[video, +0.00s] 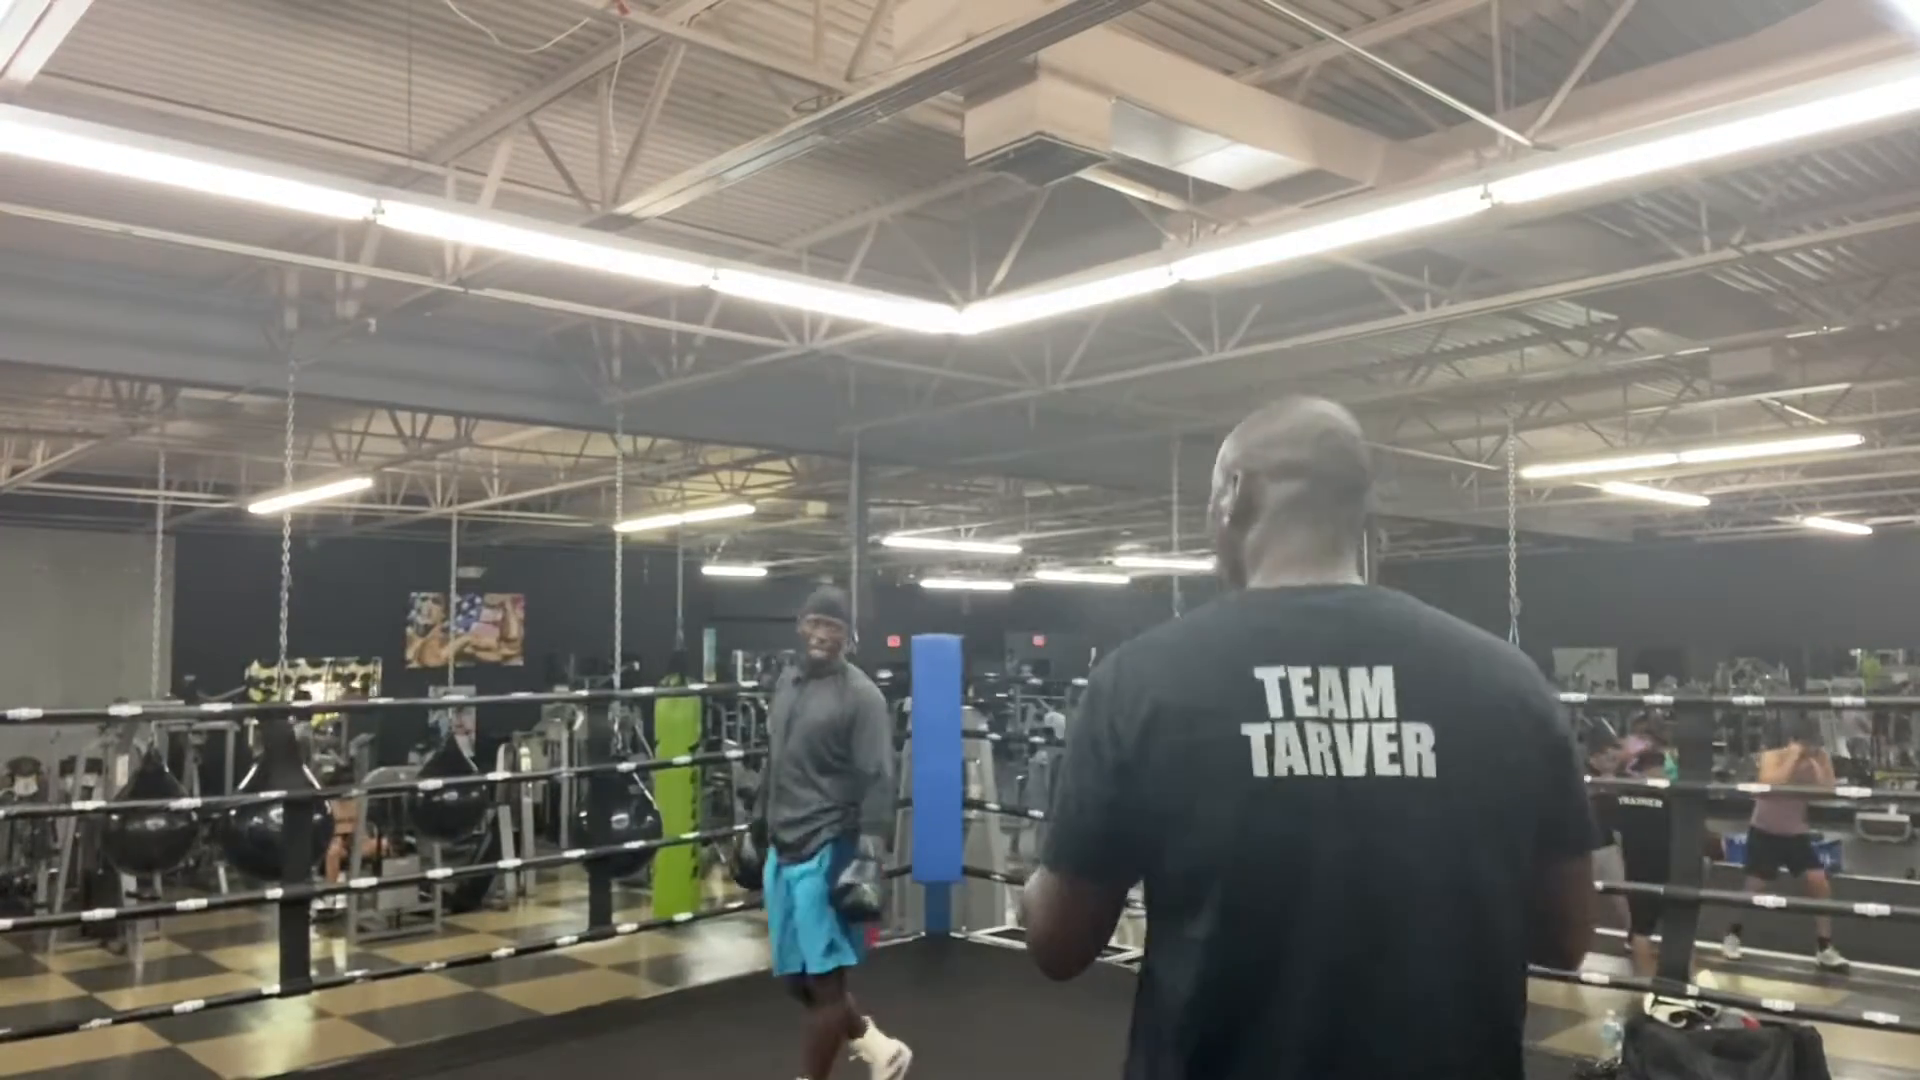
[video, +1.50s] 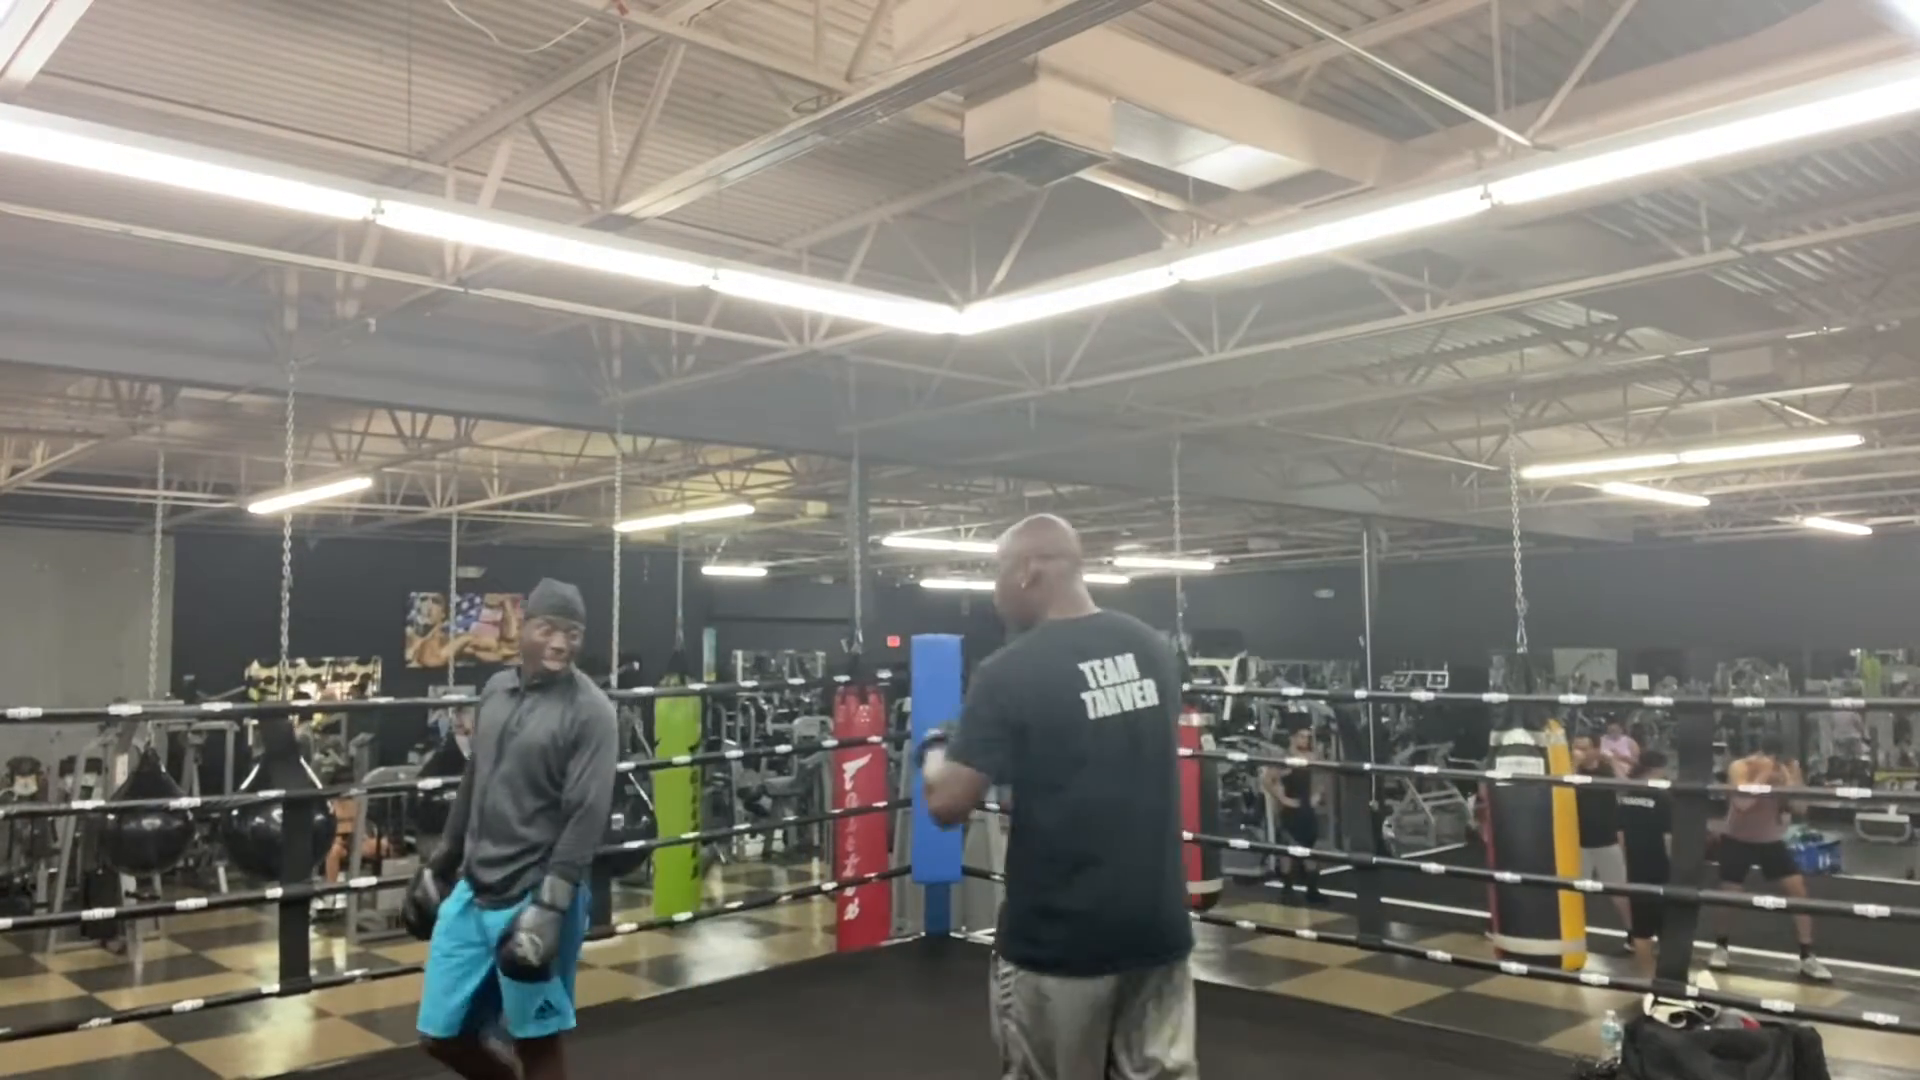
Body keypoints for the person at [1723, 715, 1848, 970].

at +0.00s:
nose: (1805, 748)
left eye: (1809, 744)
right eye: (1800, 743)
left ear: (1814, 743)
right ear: (1789, 740)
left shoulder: (1818, 758)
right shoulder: (1772, 756)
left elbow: (1828, 788)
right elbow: (1771, 781)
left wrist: (1817, 761)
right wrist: (1792, 756)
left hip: (1796, 834)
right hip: (1764, 832)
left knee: (1820, 885)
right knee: (1755, 886)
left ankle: (1824, 947)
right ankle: (1733, 934)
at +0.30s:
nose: (1804, 751)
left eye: (1810, 747)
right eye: (1801, 747)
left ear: (1815, 746)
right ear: (1791, 742)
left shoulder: (1818, 757)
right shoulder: (1770, 754)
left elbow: (1825, 791)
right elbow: (1762, 782)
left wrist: (1812, 770)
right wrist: (1789, 761)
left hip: (1793, 833)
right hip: (1758, 829)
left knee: (1816, 886)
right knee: (1744, 886)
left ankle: (1824, 948)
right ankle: (1720, 939)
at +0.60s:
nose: (1774, 751)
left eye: (1778, 747)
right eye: (1769, 745)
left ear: (1782, 746)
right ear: (1758, 743)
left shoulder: (1785, 761)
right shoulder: (1737, 759)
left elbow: (1795, 794)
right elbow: (1735, 787)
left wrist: (1785, 765)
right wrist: (1756, 758)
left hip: (1772, 838)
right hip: (1739, 836)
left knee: (1801, 890)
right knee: (1731, 892)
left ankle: (1822, 948)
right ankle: (1716, 945)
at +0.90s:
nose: (1761, 758)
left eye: (1766, 755)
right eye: (1757, 753)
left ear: (1772, 754)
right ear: (1747, 749)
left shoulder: (1773, 764)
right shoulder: (1730, 761)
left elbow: (1785, 789)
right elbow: (1726, 785)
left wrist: (1776, 762)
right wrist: (1746, 762)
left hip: (1766, 837)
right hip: (1732, 836)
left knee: (1792, 888)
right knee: (1727, 892)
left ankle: (1808, 953)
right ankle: (1716, 944)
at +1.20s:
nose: (1779, 752)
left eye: (1784, 747)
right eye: (1776, 746)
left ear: (1788, 746)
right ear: (1766, 743)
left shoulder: (1792, 759)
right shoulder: (1743, 758)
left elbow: (1797, 794)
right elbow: (1739, 786)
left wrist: (1790, 765)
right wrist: (1765, 761)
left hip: (1777, 836)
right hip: (1742, 835)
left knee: (1799, 890)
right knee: (1730, 892)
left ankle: (1808, 955)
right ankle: (1720, 946)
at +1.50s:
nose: (1770, 762)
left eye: (1775, 757)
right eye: (1765, 756)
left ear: (1781, 755)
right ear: (1756, 752)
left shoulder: (1788, 769)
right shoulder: (1740, 768)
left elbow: (1800, 807)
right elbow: (1742, 804)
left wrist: (1786, 784)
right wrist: (1762, 778)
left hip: (1772, 843)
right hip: (1738, 842)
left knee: (1799, 893)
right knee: (1729, 896)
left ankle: (1807, 956)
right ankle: (1721, 947)